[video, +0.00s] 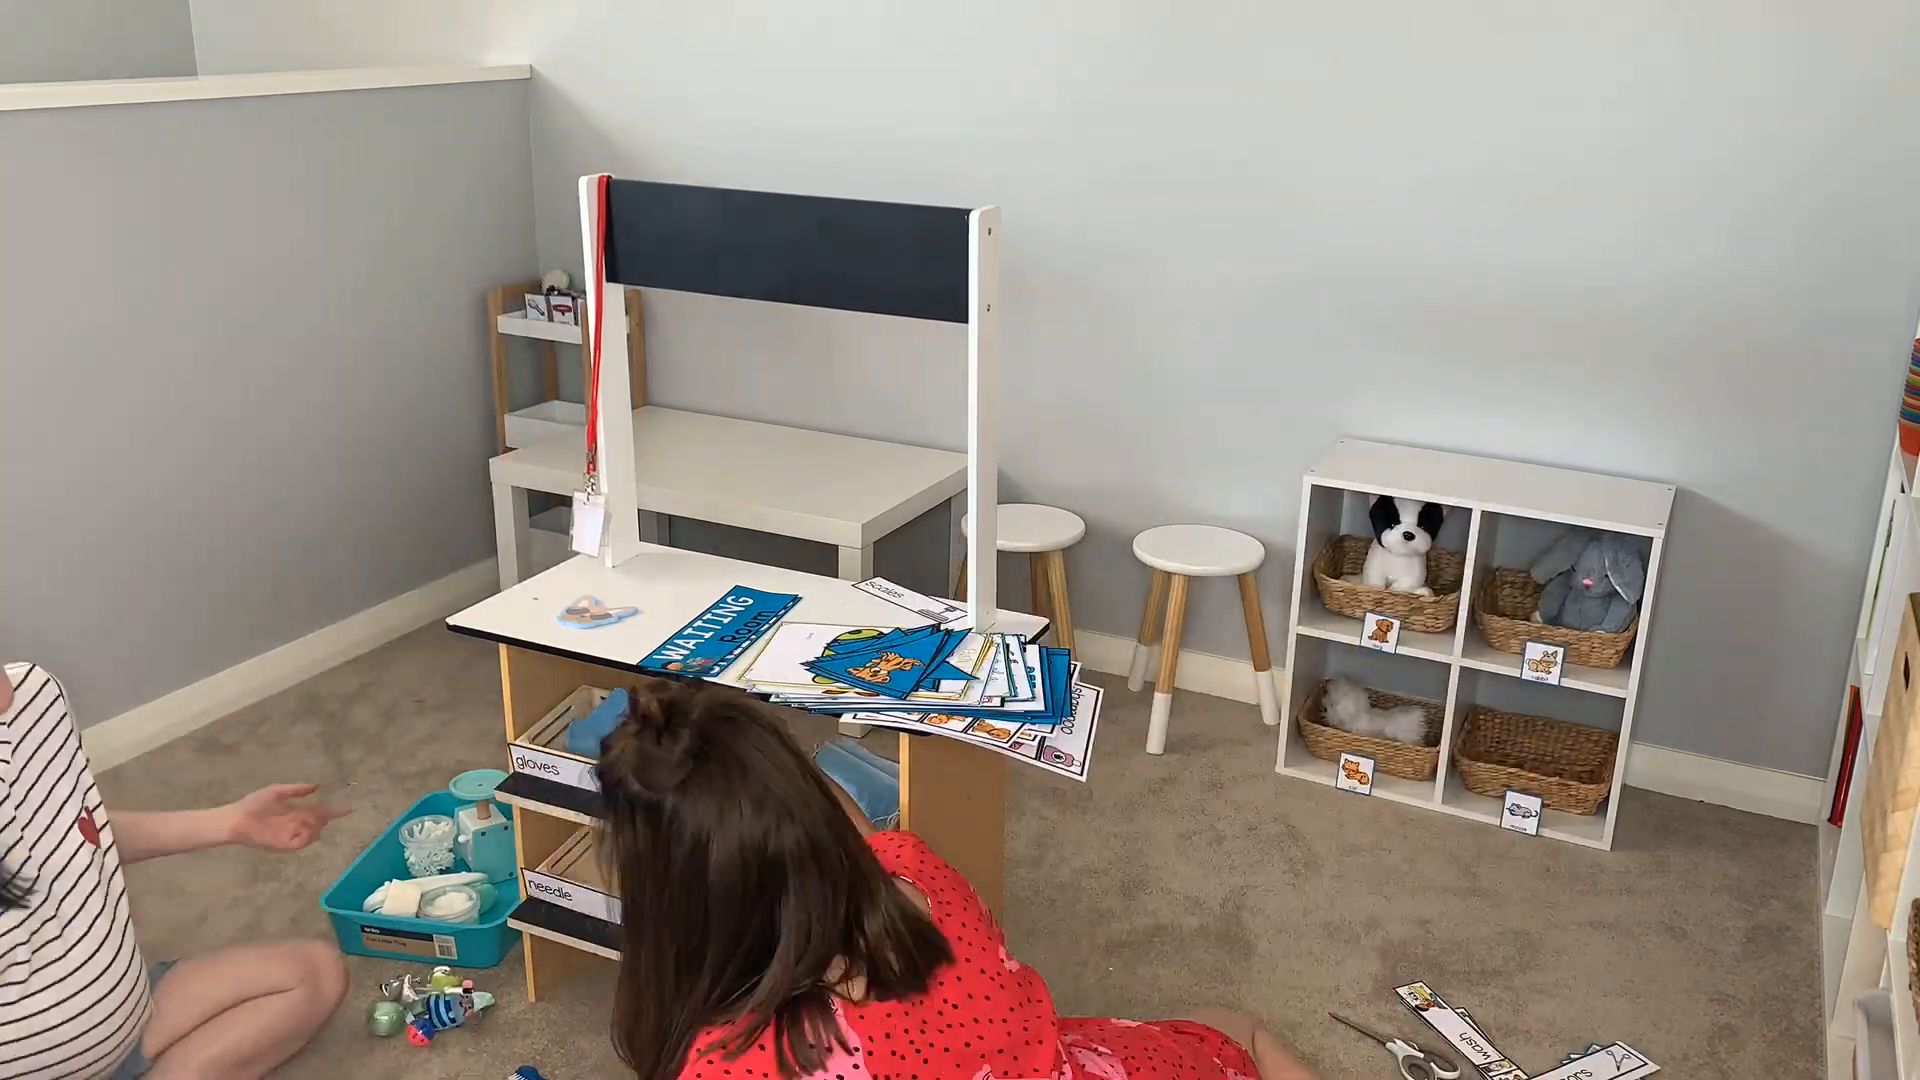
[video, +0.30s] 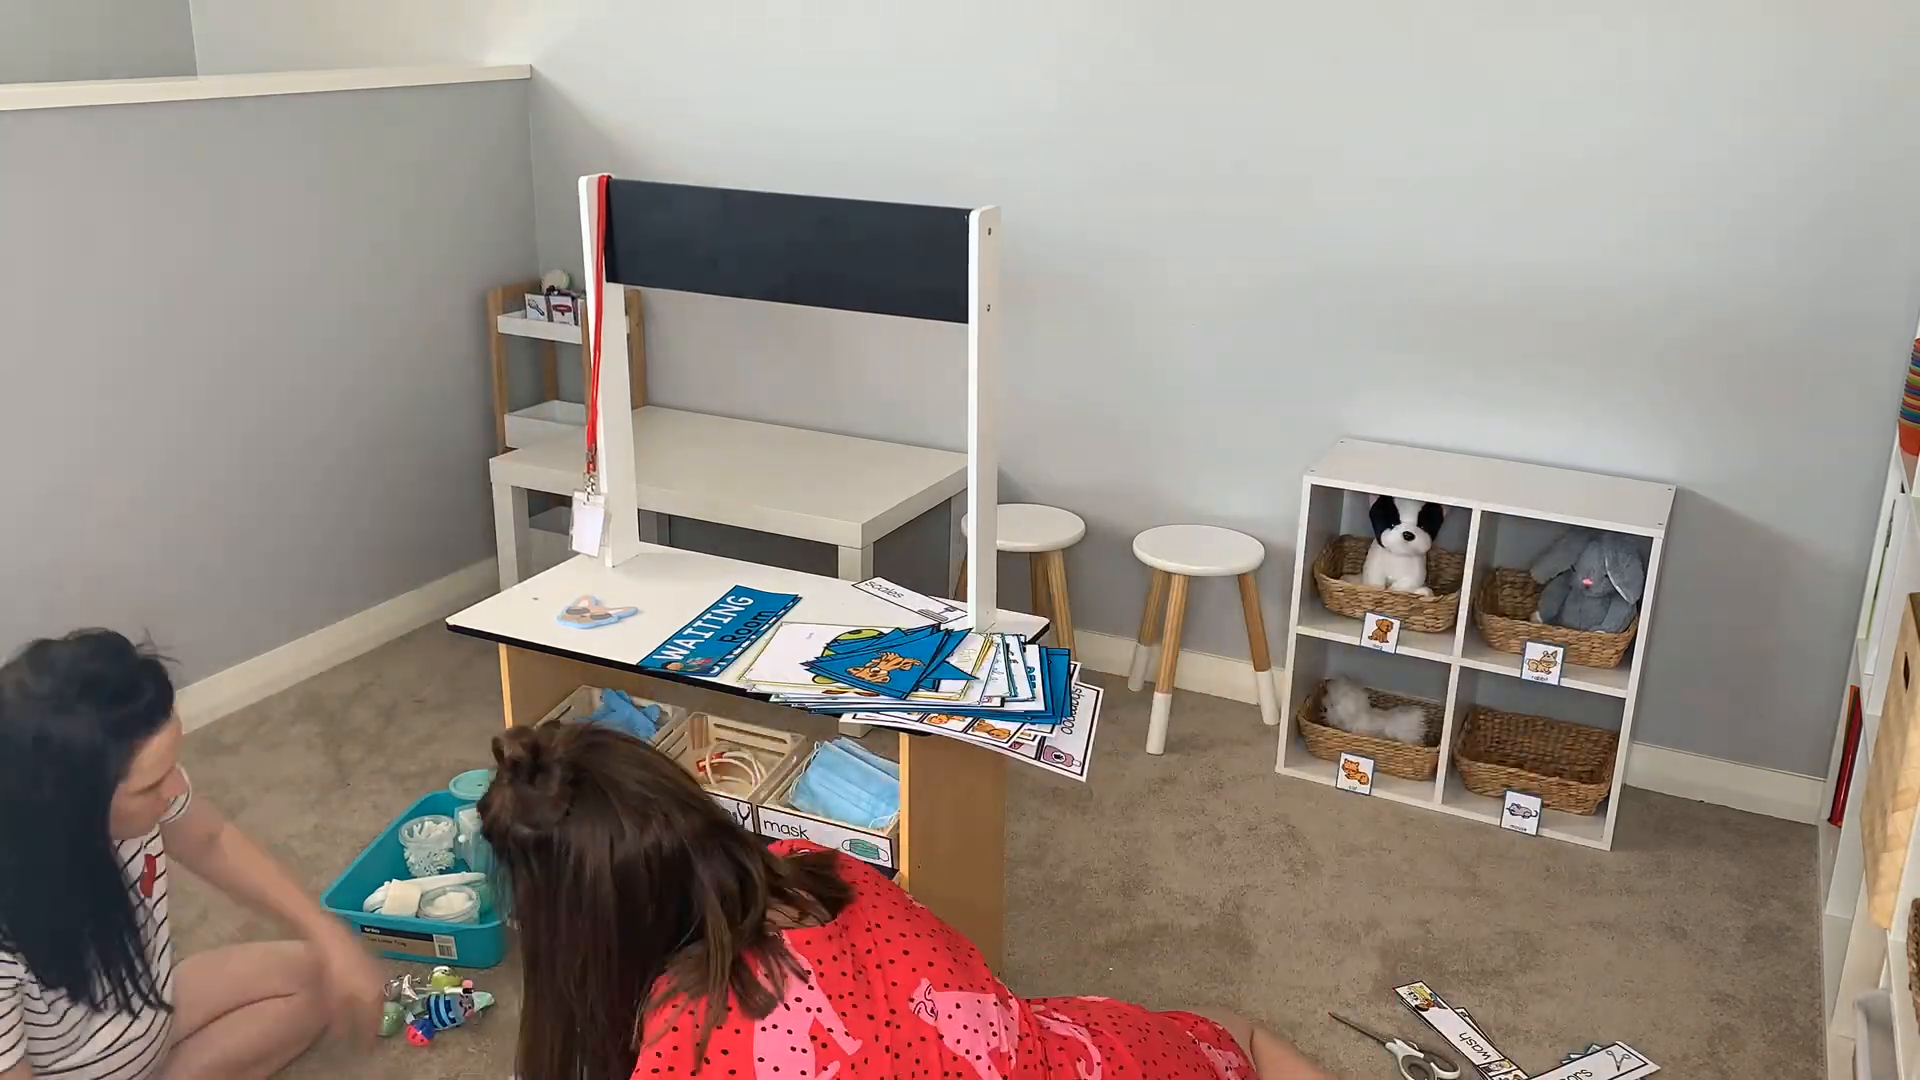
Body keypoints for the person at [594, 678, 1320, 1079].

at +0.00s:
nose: (623, 886)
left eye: (629, 866)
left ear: (664, 887)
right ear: (802, 785)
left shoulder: (734, 1059)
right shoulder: (893, 861)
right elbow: (1004, 975)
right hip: (1072, 1059)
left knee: (1244, 1040)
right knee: (1243, 1038)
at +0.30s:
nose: (525, 924)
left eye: (529, 898)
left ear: (575, 914)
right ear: (685, 793)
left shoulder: (684, 1041)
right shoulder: (811, 869)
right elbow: (961, 969)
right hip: (1073, 1043)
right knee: (1244, 1043)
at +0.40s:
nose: (502, 927)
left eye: (504, 902)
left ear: (554, 914)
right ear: (652, 794)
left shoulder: (661, 1048)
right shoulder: (783, 861)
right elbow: (935, 953)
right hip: (1060, 1037)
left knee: (1239, 1050)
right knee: (1244, 1048)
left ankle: (1296, 1058)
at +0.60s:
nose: (653, 871)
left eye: (654, 851)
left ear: (701, 866)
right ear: (830, 746)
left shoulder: (786, 1055)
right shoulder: (987, 820)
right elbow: (1081, 950)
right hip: (1155, 1059)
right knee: (1225, 1023)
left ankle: (1222, 1023)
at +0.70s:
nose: (788, 821)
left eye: (799, 806)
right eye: (785, 798)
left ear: (871, 804)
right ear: (961, 733)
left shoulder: (876, 956)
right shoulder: (1096, 801)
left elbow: (811, 1068)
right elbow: (1186, 895)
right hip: (1180, 1061)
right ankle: (1259, 1035)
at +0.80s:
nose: (1428, 759)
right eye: (1431, 740)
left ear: (1290, 666)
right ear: (1416, 746)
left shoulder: (1148, 797)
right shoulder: (1392, 926)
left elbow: (947, 1023)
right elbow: (1385, 1066)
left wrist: (1033, 903)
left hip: (1052, 1069)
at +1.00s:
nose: (936, 714)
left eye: (958, 699)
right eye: (943, 689)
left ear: (1028, 722)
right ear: (1121, 697)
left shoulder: (973, 923)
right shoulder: (1242, 853)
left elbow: (893, 1065)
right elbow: (1309, 1056)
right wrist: (1220, 825)